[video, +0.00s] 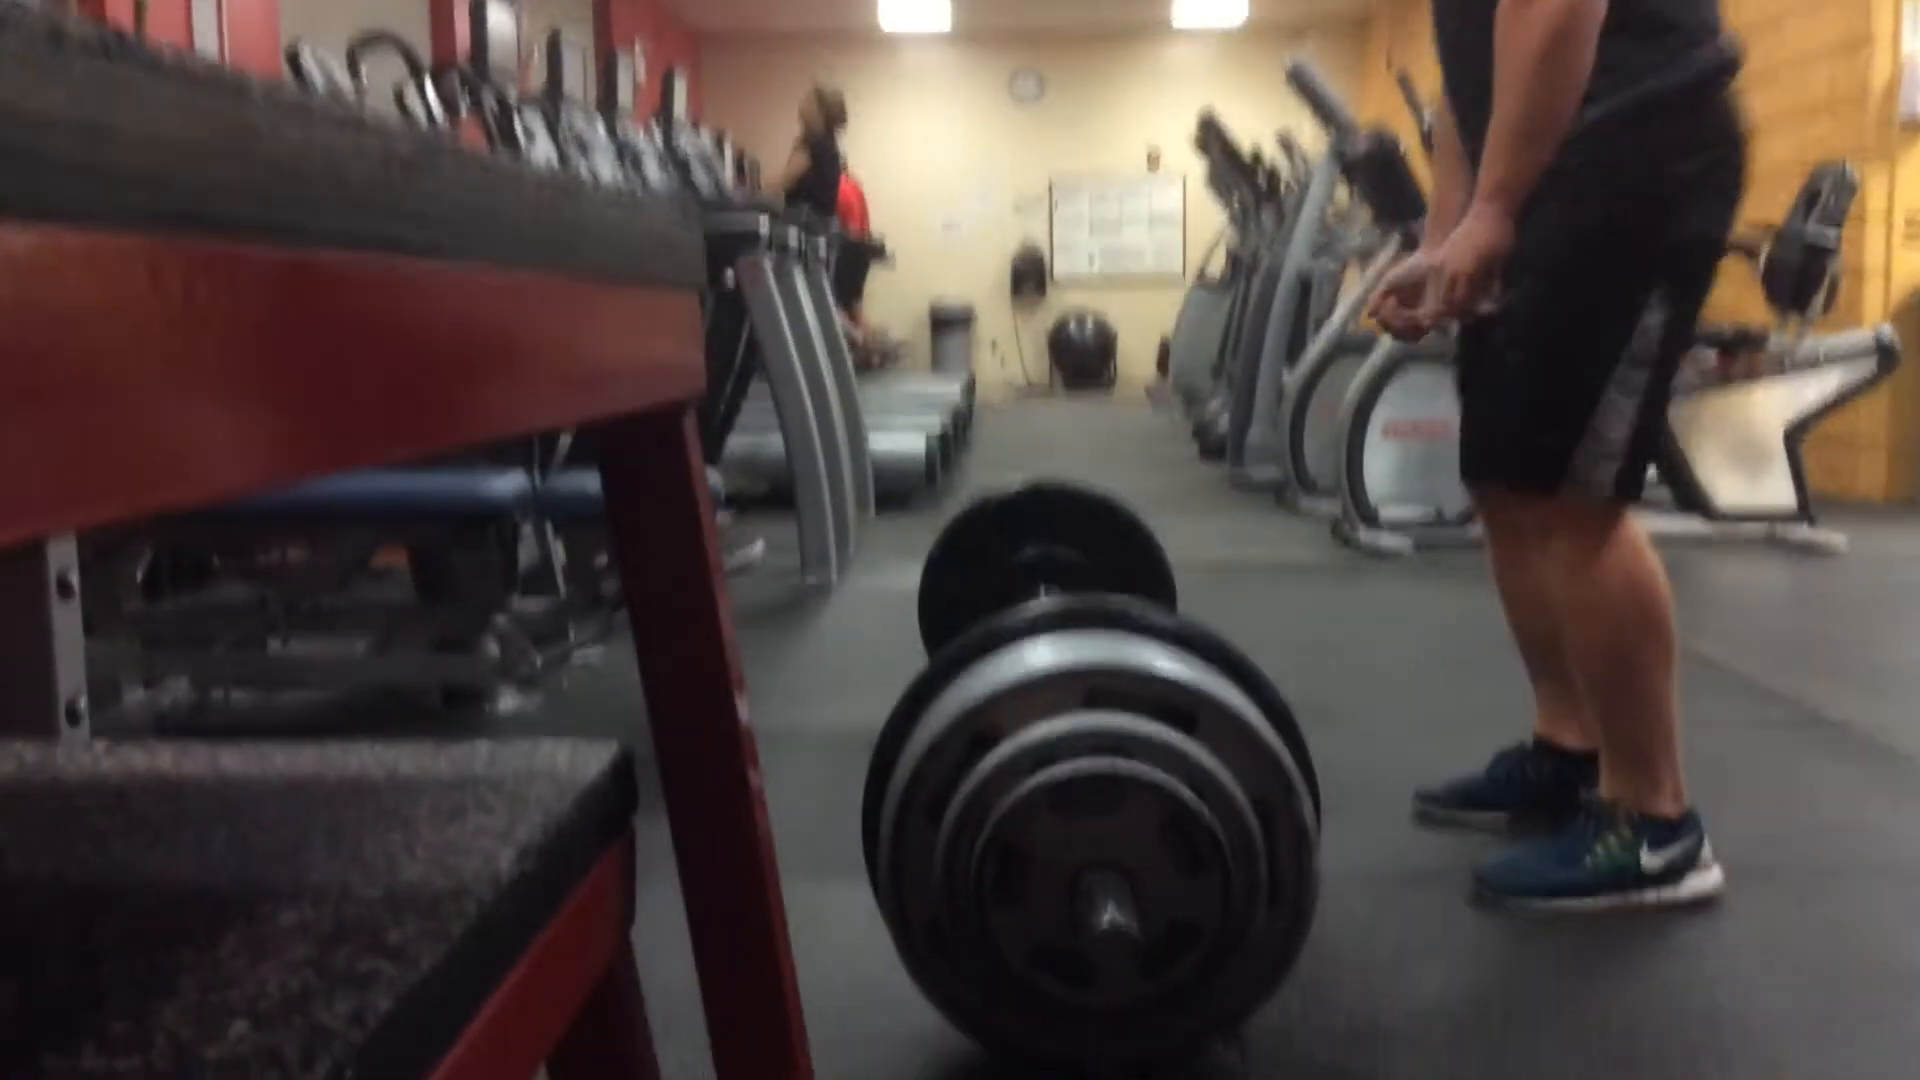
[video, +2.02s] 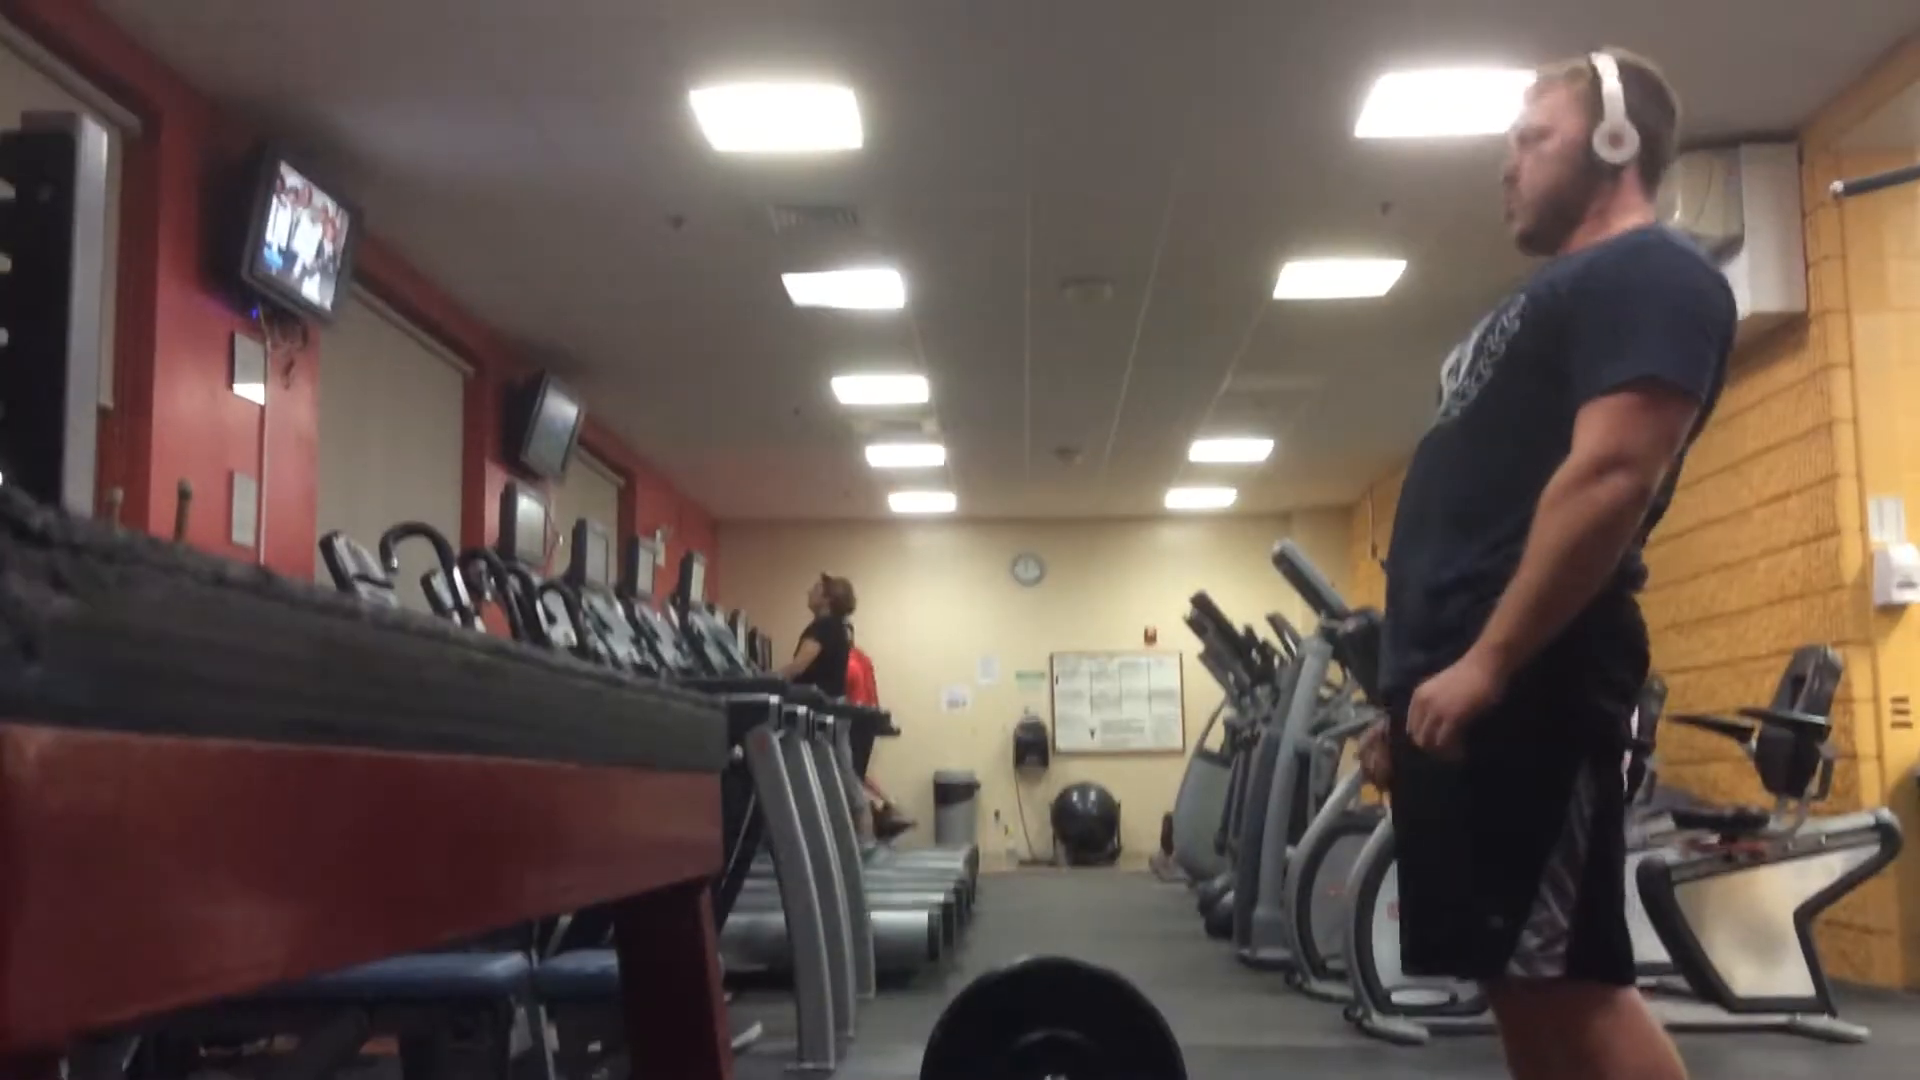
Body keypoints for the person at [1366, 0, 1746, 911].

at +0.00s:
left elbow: (1563, 9)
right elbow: (1467, 55)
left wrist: (1490, 210)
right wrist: (1441, 240)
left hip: (1640, 130)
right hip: (1535, 141)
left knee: (1575, 489)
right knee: (1508, 473)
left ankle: (1653, 819)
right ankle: (1569, 753)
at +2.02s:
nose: (1505, 162)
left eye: (1530, 137)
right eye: (1512, 140)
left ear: (1611, 145)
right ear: (1596, 149)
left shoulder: (1648, 268)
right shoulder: (1544, 299)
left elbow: (1612, 478)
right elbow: (1475, 511)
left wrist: (1485, 662)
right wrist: (1412, 696)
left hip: (1550, 680)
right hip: (1484, 686)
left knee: (1573, 995)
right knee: (1520, 993)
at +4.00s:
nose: (1617, 135)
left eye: (1643, 108)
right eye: (1620, 115)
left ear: (1727, 115)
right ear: (1705, 122)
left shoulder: (1825, 237)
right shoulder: (1659, 310)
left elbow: (1884, 446)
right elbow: (1686, 516)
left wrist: (1754, 633)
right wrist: (1621, 684)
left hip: (1859, 687)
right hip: (1742, 698)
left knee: (1885, 993)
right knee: (1802, 986)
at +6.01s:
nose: (1569, 193)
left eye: (1590, 166)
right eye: (1570, 173)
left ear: (1669, 166)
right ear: (1665, 175)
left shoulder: (1767, 252)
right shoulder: (1628, 354)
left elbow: (1868, 434)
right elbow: (1657, 559)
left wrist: (1873, 643)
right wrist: (1644, 727)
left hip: (1808, 672)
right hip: (1731, 690)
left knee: (1723, 933)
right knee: (1832, 969)